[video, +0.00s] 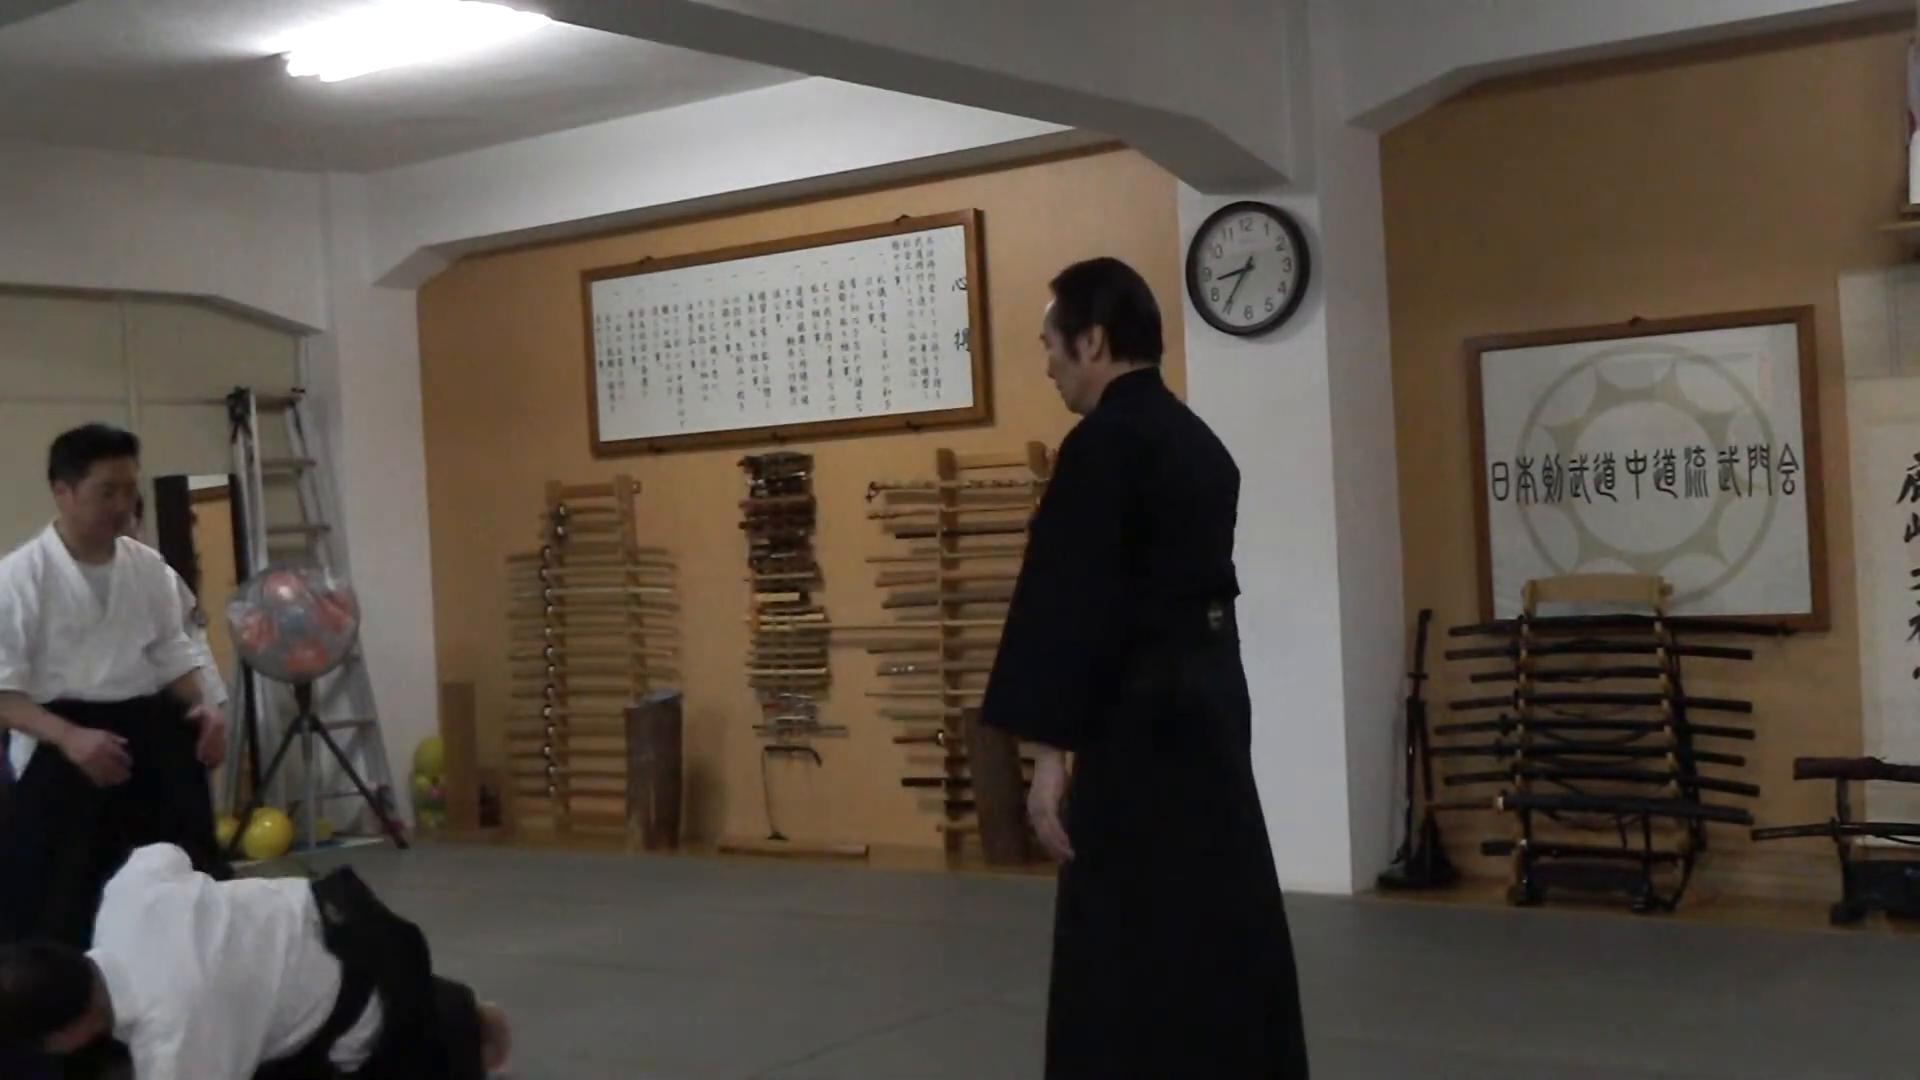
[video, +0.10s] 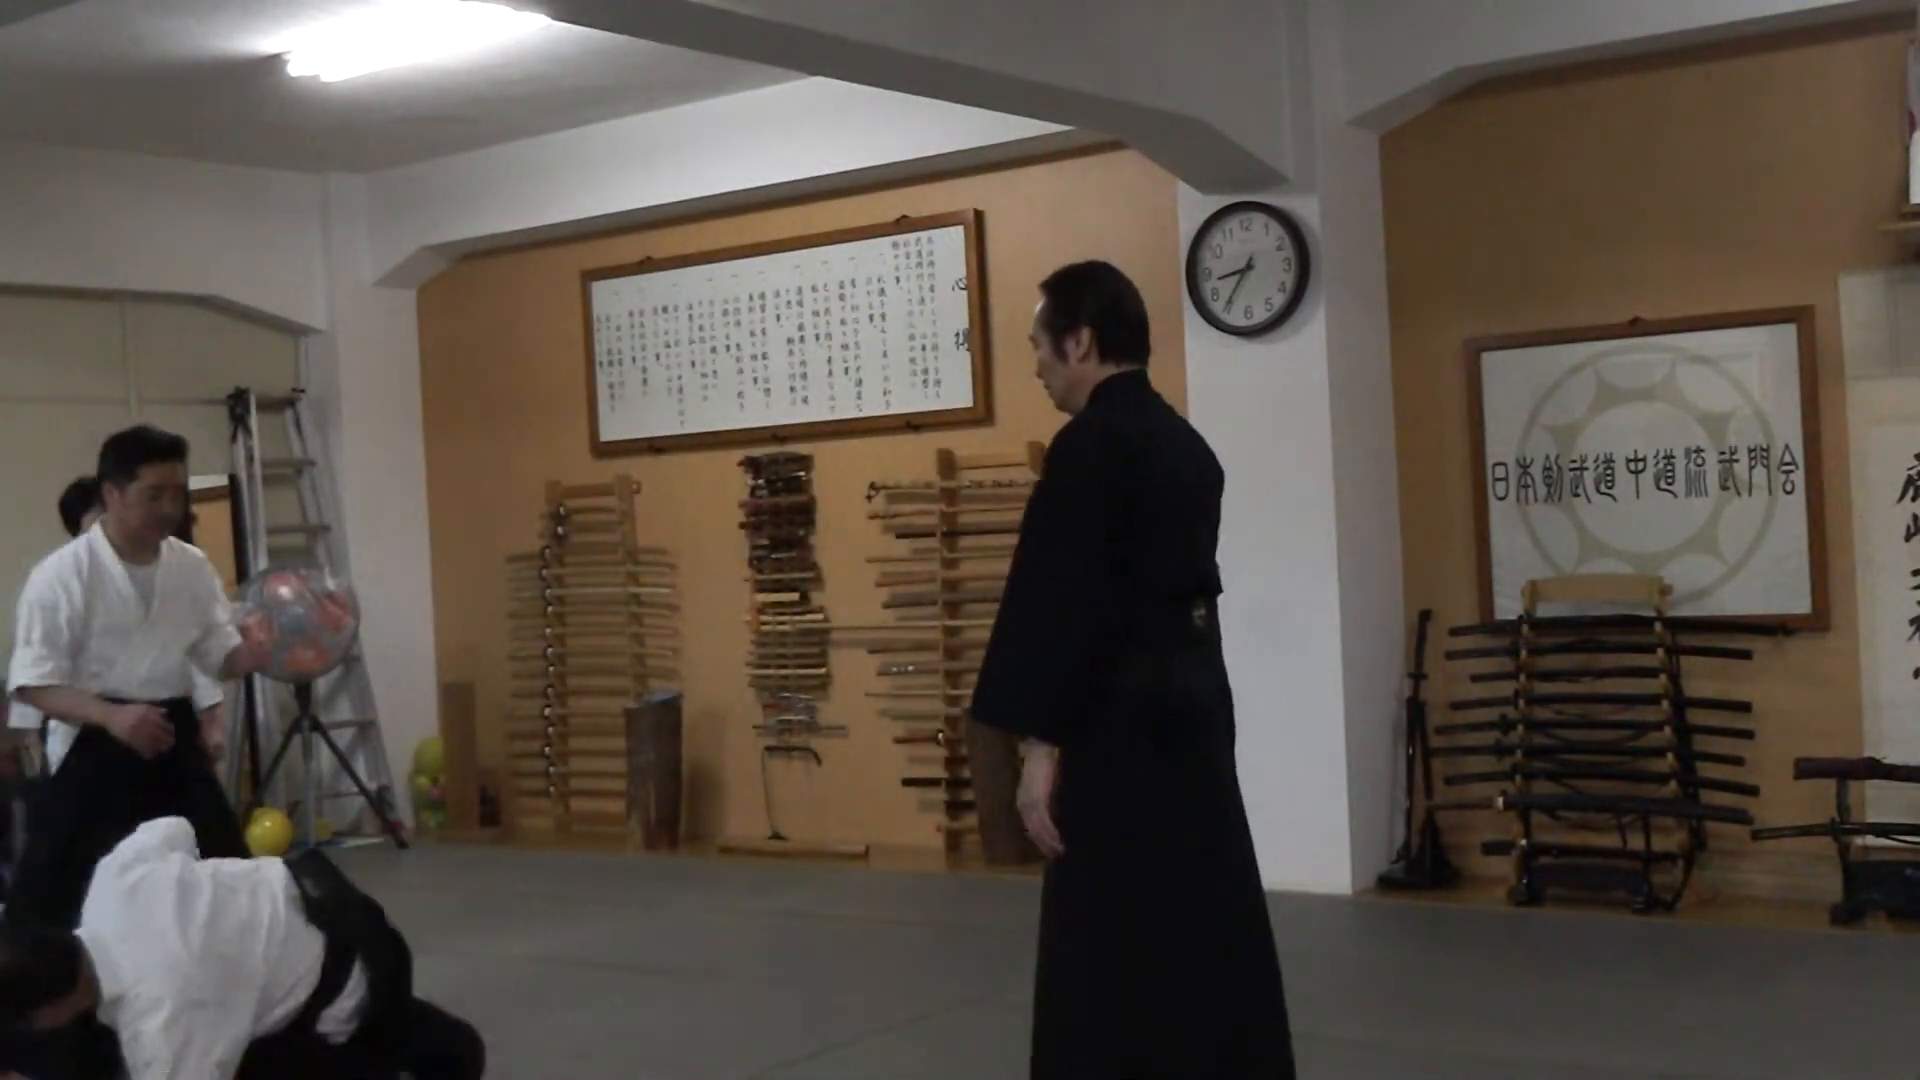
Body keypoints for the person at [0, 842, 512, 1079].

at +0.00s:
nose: (57, 1052)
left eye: (50, 1045)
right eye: (48, 1045)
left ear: (66, 1034)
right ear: (67, 955)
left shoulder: (173, 1046)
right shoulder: (121, 901)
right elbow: (169, 856)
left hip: (362, 997)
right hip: (336, 903)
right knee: (404, 980)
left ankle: (474, 1037)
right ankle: (473, 1017)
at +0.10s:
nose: (41, 1030)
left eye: (36, 1020)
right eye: (31, 1021)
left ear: (52, 1004)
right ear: (54, 939)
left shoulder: (160, 1023)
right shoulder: (107, 886)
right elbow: (174, 829)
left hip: (350, 972)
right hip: (309, 876)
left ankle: (457, 1052)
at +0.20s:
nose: (29, 978)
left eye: (25, 970)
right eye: (22, 970)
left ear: (42, 961)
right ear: (55, 889)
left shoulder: (158, 986)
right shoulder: (110, 849)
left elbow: (170, 1072)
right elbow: (188, 808)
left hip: (331, 970)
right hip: (297, 866)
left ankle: (384, 1044)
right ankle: (385, 1018)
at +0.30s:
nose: (15, 909)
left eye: (13, 898)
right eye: (9, 899)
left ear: (36, 884)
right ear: (56, 821)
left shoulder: (144, 933)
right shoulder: (118, 801)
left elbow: (117, 1065)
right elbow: (196, 794)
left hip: (305, 977)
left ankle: (378, 1062)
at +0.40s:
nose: (7, 840)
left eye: (5, 823)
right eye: (2, 826)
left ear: (31, 807)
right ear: (52, 778)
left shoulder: (122, 868)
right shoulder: (125, 765)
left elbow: (103, 995)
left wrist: (61, 1064)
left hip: (261, 963)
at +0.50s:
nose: (1, 772)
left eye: (0, 757)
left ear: (21, 748)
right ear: (35, 737)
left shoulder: (107, 787)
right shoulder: (84, 765)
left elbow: (124, 927)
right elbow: (121, 866)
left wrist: (81, 1051)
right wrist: (76, 905)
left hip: (231, 933)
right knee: (38, 960)